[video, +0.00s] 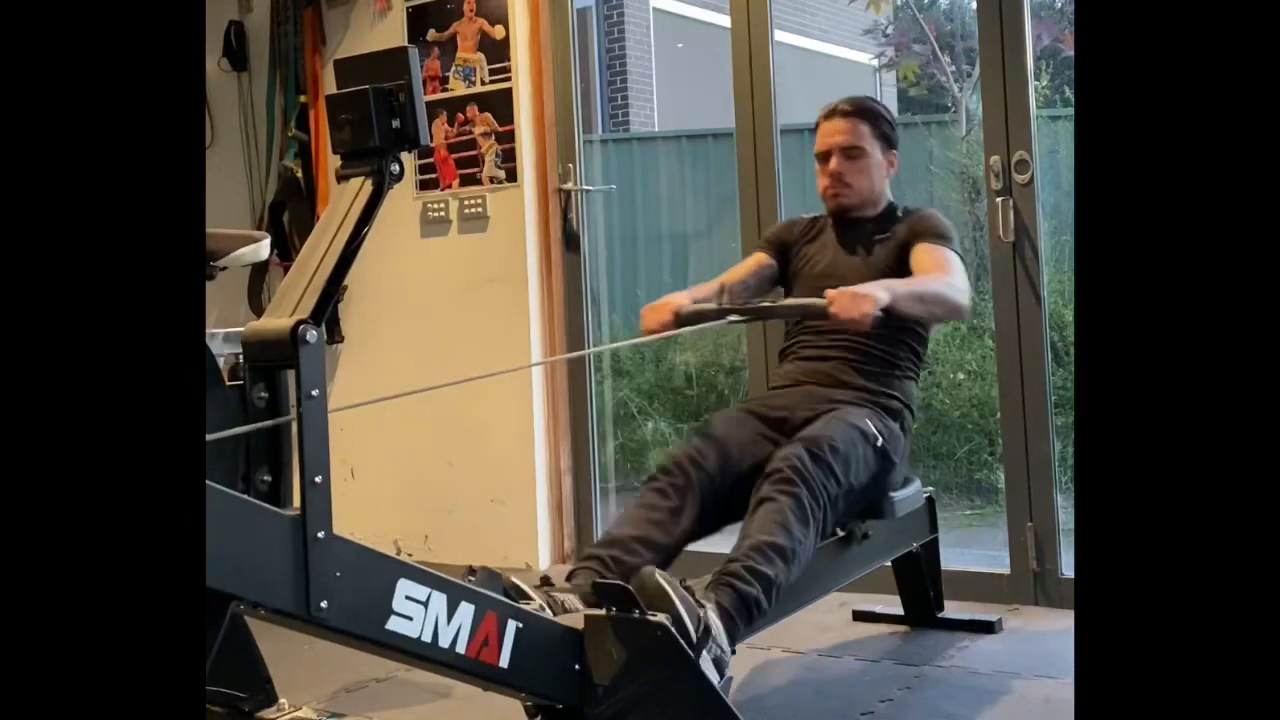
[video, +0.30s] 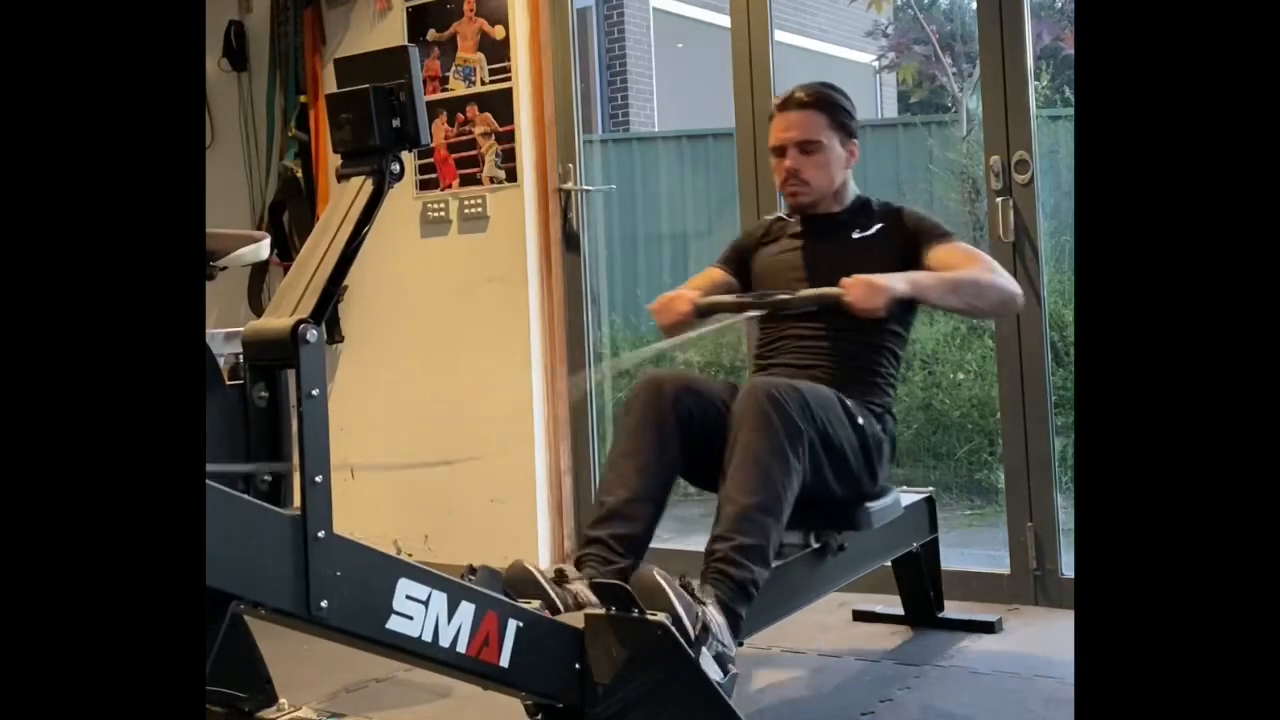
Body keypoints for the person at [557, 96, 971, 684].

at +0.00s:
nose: (832, 170)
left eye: (849, 154)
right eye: (823, 157)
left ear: (891, 161)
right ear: (814, 165)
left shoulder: (919, 229)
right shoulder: (794, 236)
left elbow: (953, 296)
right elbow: (729, 290)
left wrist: (885, 292)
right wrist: (679, 302)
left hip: (865, 407)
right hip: (779, 402)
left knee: (797, 471)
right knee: (691, 464)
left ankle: (717, 622)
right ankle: (580, 592)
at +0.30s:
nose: (787, 167)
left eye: (806, 150)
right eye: (778, 153)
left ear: (850, 153)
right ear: (770, 160)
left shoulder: (899, 231)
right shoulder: (762, 242)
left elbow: (1004, 292)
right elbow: (681, 310)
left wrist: (902, 284)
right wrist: (677, 307)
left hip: (853, 445)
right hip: (756, 433)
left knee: (768, 395)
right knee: (659, 391)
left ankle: (718, 621)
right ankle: (594, 584)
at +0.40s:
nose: (761, 151)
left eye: (778, 134)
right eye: (750, 137)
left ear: (824, 141)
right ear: (740, 145)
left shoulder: (867, 213)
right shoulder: (733, 228)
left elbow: (944, 268)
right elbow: (654, 280)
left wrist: (838, 269)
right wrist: (603, 299)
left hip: (831, 452)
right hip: (737, 442)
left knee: (748, 368)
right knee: (628, 365)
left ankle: (714, 606)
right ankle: (587, 574)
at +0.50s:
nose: (724, 144)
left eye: (743, 126)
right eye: (714, 129)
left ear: (791, 136)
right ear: (704, 137)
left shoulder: (827, 204)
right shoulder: (696, 222)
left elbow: (865, 253)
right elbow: (609, 273)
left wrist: (764, 271)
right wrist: (537, 303)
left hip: (806, 470)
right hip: (712, 466)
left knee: (733, 340)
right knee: (596, 348)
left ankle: (708, 590)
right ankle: (579, 570)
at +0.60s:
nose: (680, 144)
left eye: (702, 125)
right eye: (670, 129)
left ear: (753, 136)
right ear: (662, 138)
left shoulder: (796, 206)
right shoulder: (654, 225)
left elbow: (779, 263)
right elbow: (562, 281)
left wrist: (691, 306)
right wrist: (472, 330)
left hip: (780, 477)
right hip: (683, 475)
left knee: (724, 328)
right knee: (580, 316)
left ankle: (703, 578)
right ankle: (574, 565)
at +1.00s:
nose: (724, 138)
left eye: (745, 122)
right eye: (715, 124)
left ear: (793, 135)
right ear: (706, 135)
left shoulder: (827, 203)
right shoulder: (693, 218)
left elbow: (813, 269)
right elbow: (613, 277)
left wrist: (744, 307)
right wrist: (527, 326)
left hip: (805, 459)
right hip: (714, 455)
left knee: (729, 347)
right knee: (603, 351)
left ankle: (700, 591)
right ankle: (579, 571)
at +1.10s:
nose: (771, 142)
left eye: (791, 127)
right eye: (763, 131)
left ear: (836, 142)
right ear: (753, 143)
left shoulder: (864, 203)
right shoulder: (737, 219)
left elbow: (846, 260)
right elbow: (659, 268)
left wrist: (789, 289)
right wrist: (584, 306)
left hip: (842, 441)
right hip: (751, 427)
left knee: (765, 377)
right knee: (638, 392)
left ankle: (704, 609)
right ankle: (576, 589)